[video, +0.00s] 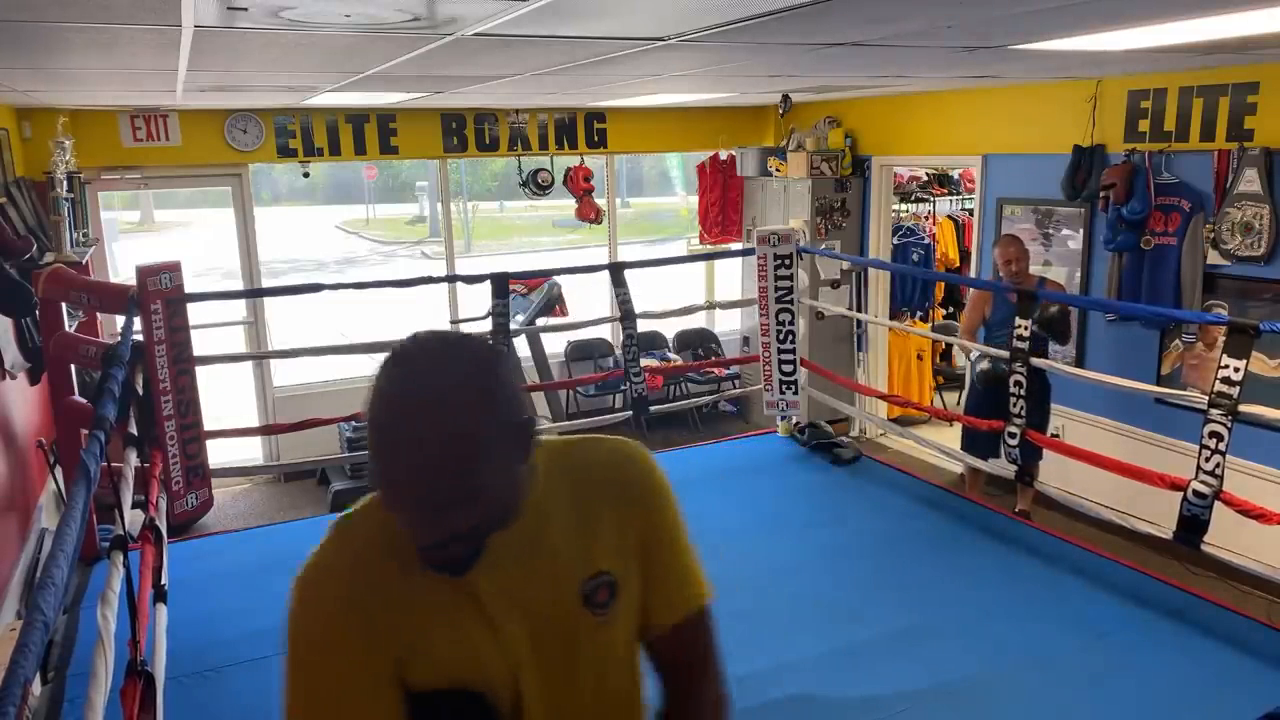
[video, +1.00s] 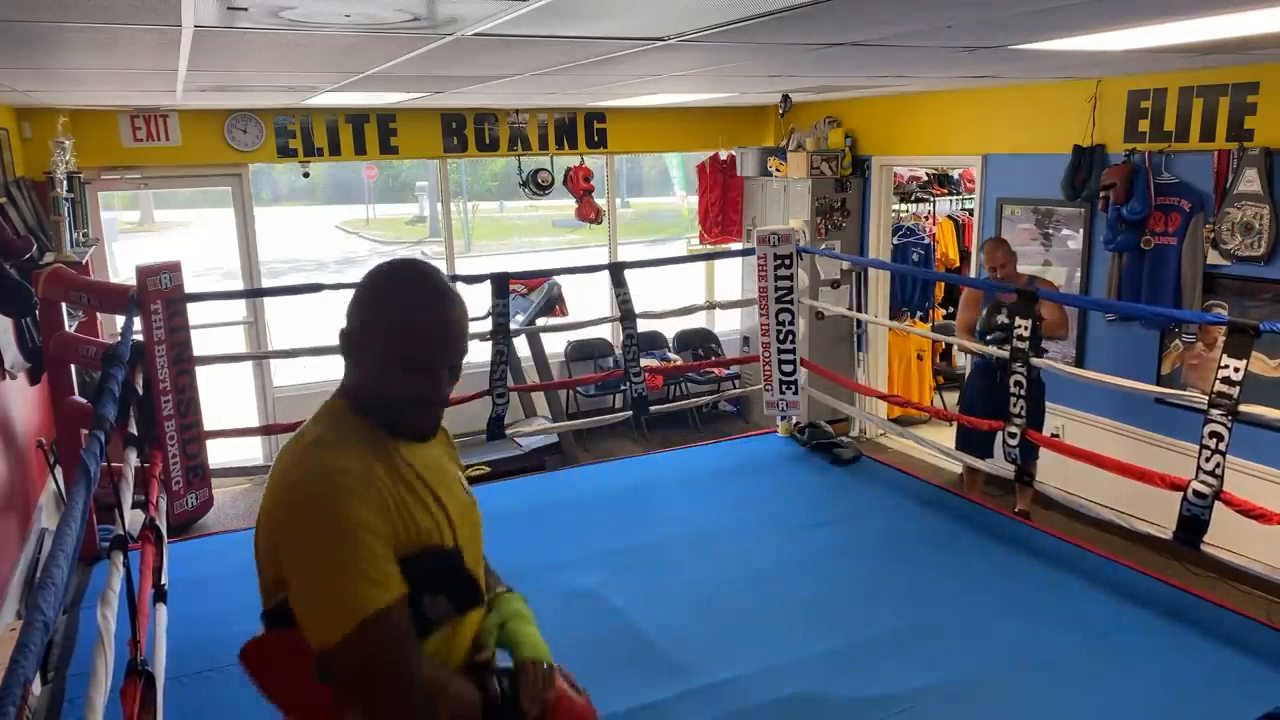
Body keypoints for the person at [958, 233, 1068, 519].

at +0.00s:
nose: (1012, 268)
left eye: (1017, 261)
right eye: (1005, 263)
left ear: (1028, 257)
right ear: (996, 264)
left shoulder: (1052, 290)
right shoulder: (985, 292)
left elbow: (1064, 339)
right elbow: (965, 336)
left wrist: (1056, 321)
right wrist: (979, 358)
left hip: (1032, 379)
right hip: (990, 376)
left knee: (1029, 449)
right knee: (977, 445)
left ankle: (1023, 515)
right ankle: (972, 506)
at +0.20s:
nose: (1010, 267)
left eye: (1014, 260)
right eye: (1003, 262)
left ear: (1025, 257)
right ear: (995, 264)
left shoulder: (1050, 290)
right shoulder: (984, 292)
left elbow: (1066, 336)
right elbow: (965, 337)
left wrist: (1051, 318)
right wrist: (985, 358)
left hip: (1030, 382)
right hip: (989, 379)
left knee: (1027, 451)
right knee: (975, 447)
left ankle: (1023, 515)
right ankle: (970, 507)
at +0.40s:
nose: (1007, 271)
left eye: (1011, 263)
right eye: (1000, 266)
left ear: (1023, 258)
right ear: (992, 265)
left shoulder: (1048, 289)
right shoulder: (982, 292)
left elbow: (1064, 334)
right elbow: (967, 337)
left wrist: (1041, 314)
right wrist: (985, 352)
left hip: (1029, 382)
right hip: (987, 379)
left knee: (1027, 450)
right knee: (975, 446)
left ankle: (1022, 513)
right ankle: (970, 505)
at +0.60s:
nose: (1003, 273)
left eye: (1008, 264)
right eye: (996, 268)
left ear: (1020, 258)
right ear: (988, 266)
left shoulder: (1045, 289)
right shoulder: (979, 292)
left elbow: (1063, 332)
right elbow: (966, 337)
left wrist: (1035, 316)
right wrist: (985, 352)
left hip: (1027, 382)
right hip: (987, 379)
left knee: (1027, 451)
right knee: (974, 447)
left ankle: (1022, 514)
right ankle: (970, 506)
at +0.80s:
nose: (999, 274)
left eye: (1004, 266)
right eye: (993, 269)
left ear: (1016, 258)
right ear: (985, 266)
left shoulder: (1043, 288)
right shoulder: (977, 292)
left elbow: (1063, 330)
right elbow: (965, 335)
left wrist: (1033, 322)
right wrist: (984, 350)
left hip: (1027, 381)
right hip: (986, 378)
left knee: (1026, 451)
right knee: (974, 447)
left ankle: (1022, 514)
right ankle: (970, 507)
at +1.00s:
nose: (998, 275)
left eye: (1002, 267)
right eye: (991, 270)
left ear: (1014, 260)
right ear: (984, 267)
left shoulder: (1041, 287)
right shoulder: (976, 291)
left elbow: (1061, 329)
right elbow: (963, 334)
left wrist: (1025, 326)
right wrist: (984, 348)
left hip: (1026, 380)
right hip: (984, 377)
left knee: (1026, 449)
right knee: (974, 446)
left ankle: (1023, 514)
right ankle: (970, 507)